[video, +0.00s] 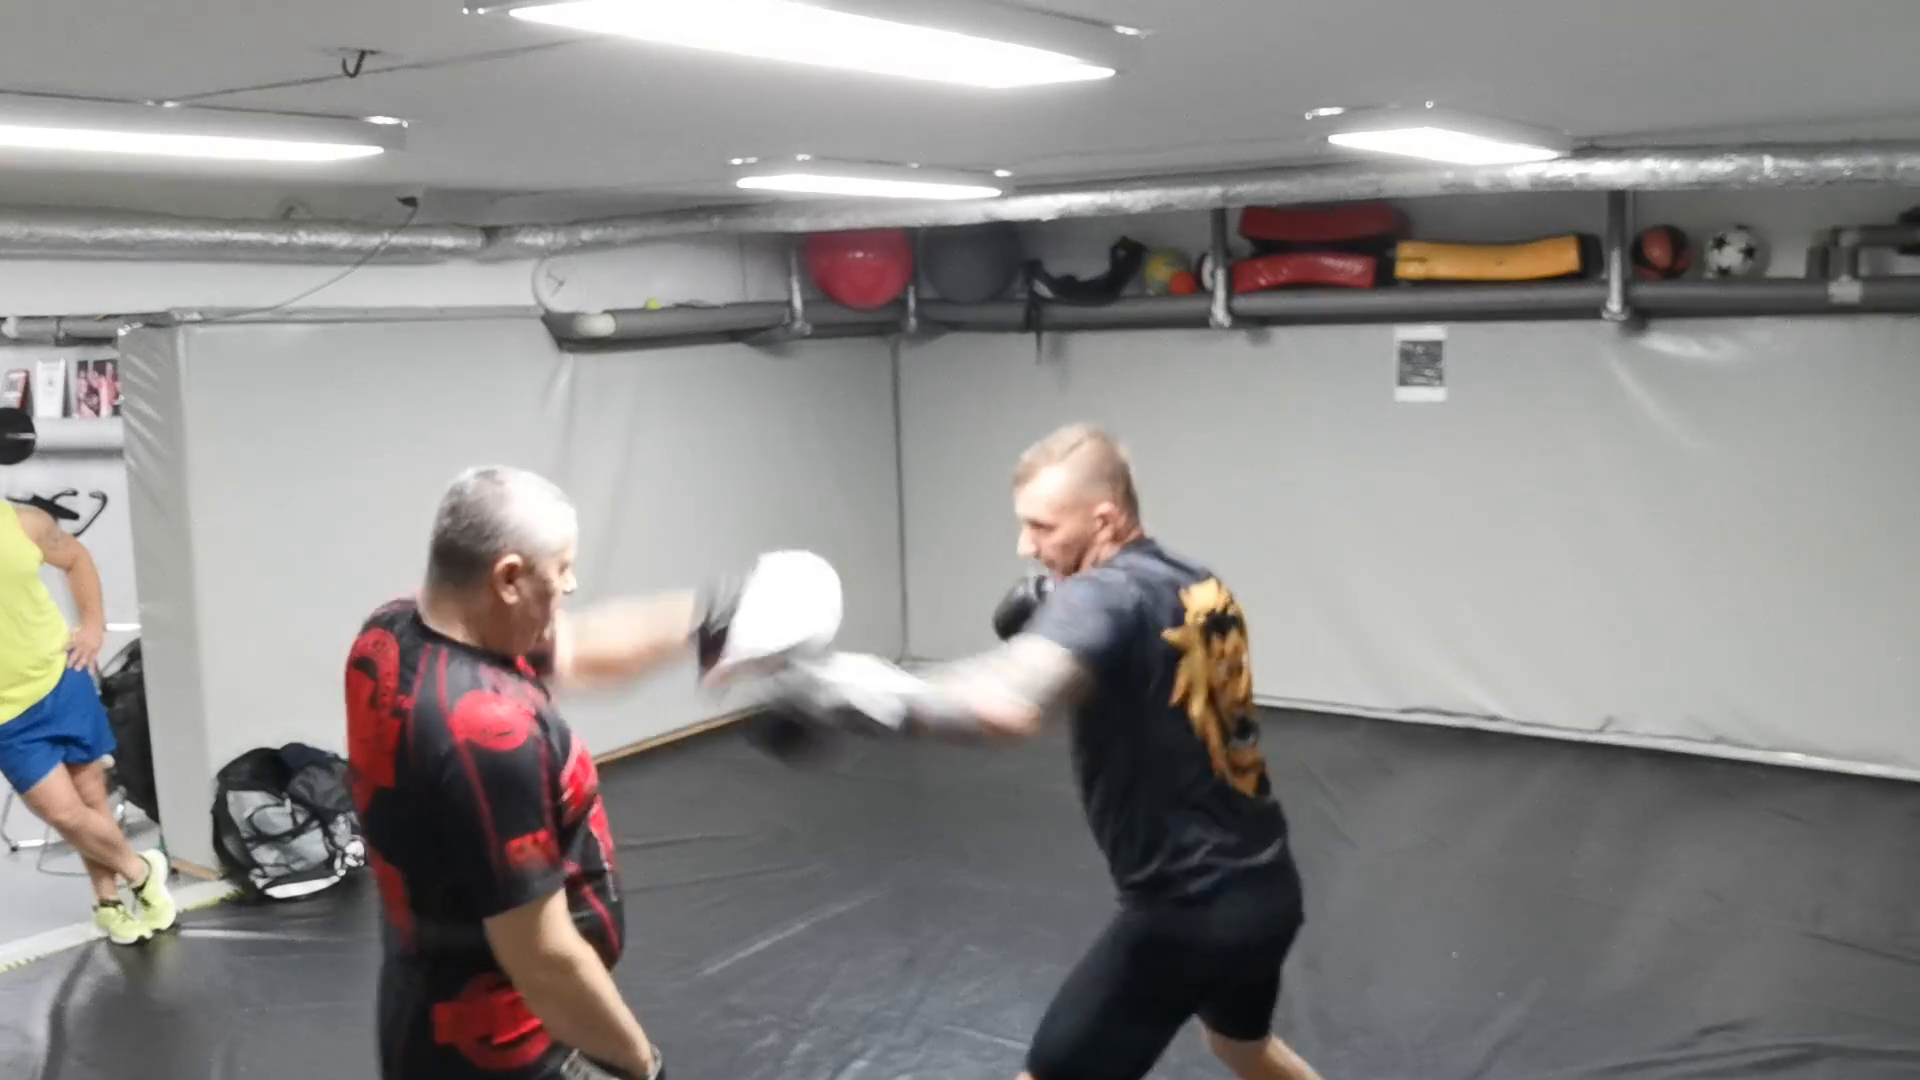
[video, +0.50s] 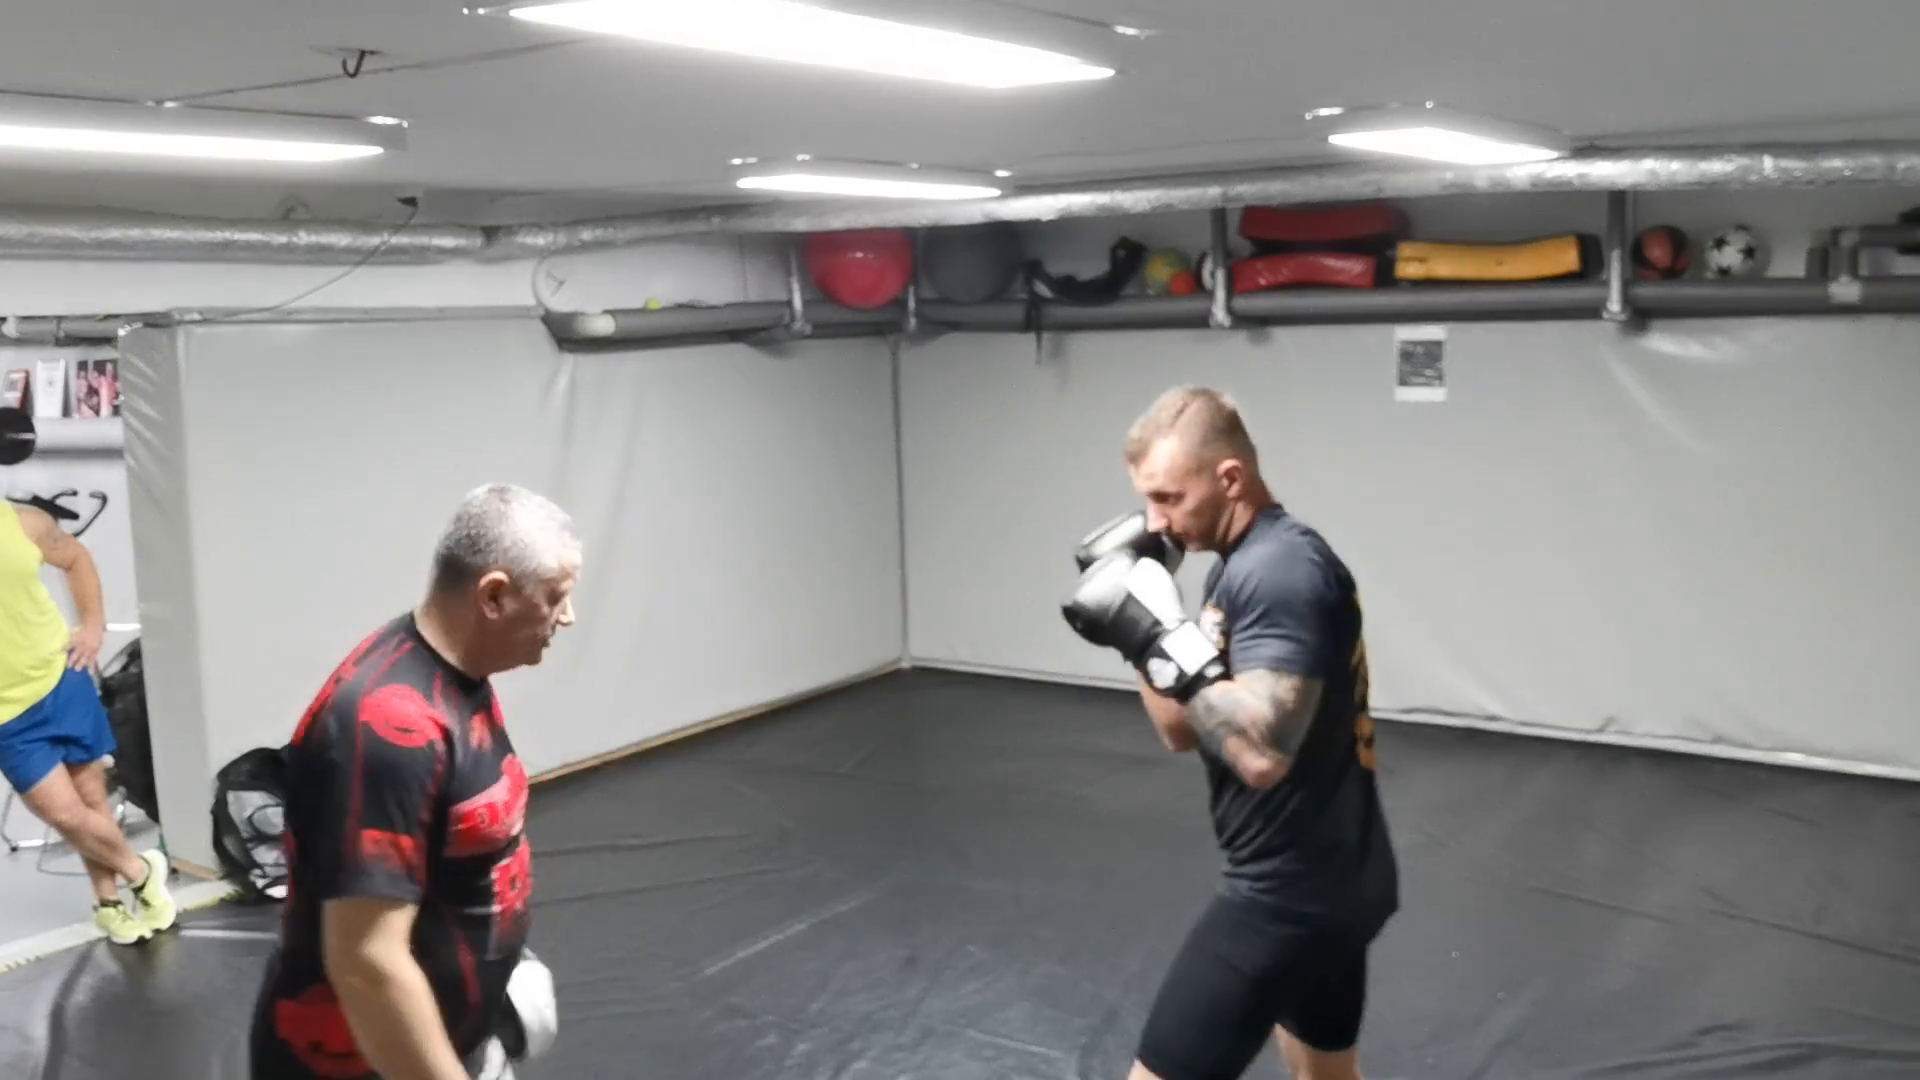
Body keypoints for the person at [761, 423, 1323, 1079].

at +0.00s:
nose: (1027, 549)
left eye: (1043, 527)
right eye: (1023, 527)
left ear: (1109, 518)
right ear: (1117, 520)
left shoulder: (1101, 596)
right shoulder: (1197, 584)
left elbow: (1010, 703)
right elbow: (1147, 660)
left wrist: (865, 689)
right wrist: (1056, 615)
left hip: (1187, 911)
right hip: (1258, 888)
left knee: (1056, 1068)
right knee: (1245, 1045)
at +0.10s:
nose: (1050, 531)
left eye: (1065, 511)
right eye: (1045, 510)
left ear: (1129, 499)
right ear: (1133, 499)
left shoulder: (1148, 581)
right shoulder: (1204, 558)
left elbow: (1151, 757)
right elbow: (1178, 690)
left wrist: (1026, 707)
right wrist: (1080, 615)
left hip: (1194, 891)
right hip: (1263, 869)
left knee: (1081, 1070)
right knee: (1254, 1047)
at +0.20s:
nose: (1101, 545)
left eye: (1114, 523)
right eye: (1094, 523)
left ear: (1176, 503)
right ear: (1178, 503)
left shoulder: (1213, 594)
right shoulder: (1222, 571)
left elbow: (1188, 773)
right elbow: (1150, 672)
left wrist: (1092, 664)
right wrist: (1092, 603)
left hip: (1229, 900)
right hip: (1273, 883)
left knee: (1115, 1068)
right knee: (1270, 1058)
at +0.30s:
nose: (1144, 550)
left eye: (1157, 527)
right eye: (1136, 530)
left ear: (1219, 508)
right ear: (1217, 511)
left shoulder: (1265, 598)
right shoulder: (1220, 588)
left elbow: (1220, 772)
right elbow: (1131, 719)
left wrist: (1151, 656)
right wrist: (1110, 619)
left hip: (1266, 907)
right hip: (1298, 890)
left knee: (1161, 1067)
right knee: (1293, 1062)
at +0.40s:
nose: (1157, 530)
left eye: (1171, 507)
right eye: (1149, 509)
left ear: (1233, 489)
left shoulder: (1284, 582)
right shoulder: (1237, 575)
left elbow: (1261, 763)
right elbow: (1163, 726)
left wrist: (1180, 655)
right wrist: (1134, 625)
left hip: (1284, 891)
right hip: (1308, 876)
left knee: (1162, 1072)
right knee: (1309, 1058)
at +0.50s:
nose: (1157, 518)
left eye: (1168, 498)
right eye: (1149, 500)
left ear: (1230, 478)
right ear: (1228, 484)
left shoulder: (1283, 569)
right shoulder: (1242, 564)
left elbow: (1263, 753)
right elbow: (1179, 728)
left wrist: (1164, 630)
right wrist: (1143, 622)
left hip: (1290, 889)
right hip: (1321, 875)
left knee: (1158, 1072)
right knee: (1322, 1061)